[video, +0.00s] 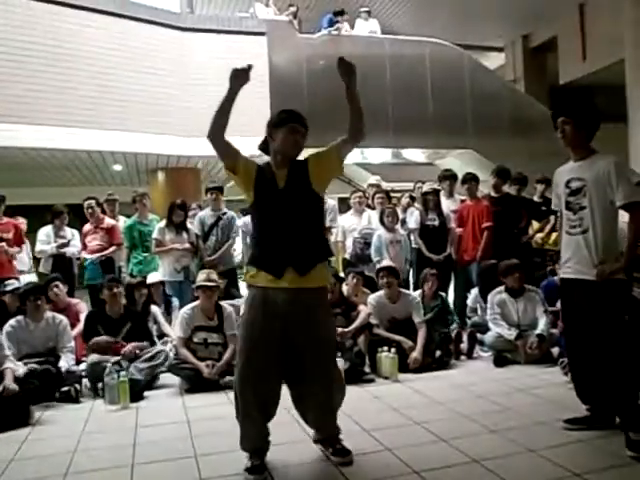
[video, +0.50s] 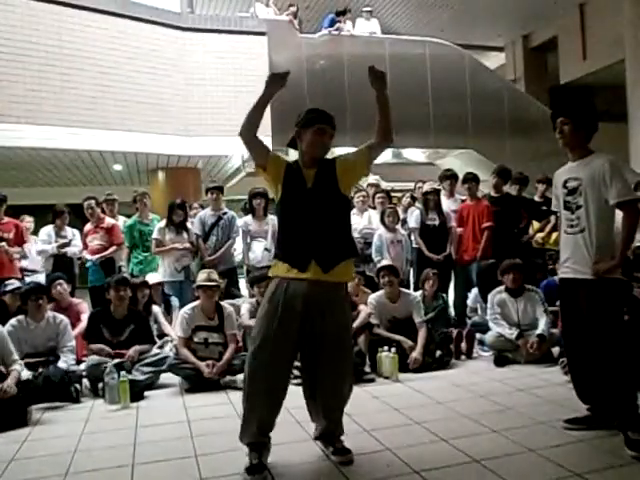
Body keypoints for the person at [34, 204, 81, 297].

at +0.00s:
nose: (63, 222)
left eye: (65, 219)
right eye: (60, 219)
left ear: (67, 219)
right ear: (54, 220)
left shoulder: (73, 233)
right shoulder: (44, 231)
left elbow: (77, 250)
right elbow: (38, 251)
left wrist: (63, 251)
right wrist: (55, 247)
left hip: (68, 268)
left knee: (69, 297)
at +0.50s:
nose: (64, 222)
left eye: (65, 218)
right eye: (61, 219)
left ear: (68, 219)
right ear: (55, 219)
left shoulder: (74, 232)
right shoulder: (46, 231)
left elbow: (78, 248)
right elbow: (39, 249)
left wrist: (66, 251)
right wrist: (56, 248)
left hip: (69, 265)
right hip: (51, 265)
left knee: (69, 294)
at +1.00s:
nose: (65, 222)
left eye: (67, 219)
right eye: (63, 219)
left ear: (69, 219)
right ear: (56, 219)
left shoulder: (74, 232)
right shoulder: (46, 231)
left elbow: (79, 250)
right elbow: (39, 249)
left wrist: (66, 251)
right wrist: (56, 248)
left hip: (69, 266)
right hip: (52, 266)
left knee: (69, 295)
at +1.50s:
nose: (64, 222)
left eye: (66, 219)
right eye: (62, 219)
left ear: (68, 219)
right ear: (55, 219)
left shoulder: (74, 232)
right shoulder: (45, 231)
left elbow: (78, 250)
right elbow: (38, 250)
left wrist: (65, 251)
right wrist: (56, 248)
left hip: (68, 266)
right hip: (51, 266)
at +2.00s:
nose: (64, 222)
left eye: (65, 219)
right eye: (61, 219)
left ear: (68, 218)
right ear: (54, 219)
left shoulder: (74, 232)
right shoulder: (45, 231)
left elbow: (79, 250)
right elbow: (38, 250)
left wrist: (66, 251)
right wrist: (55, 248)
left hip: (69, 272)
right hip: (50, 272)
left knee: (69, 301)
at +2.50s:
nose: (64, 222)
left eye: (65, 219)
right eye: (61, 219)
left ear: (68, 219)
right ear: (55, 219)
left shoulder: (74, 233)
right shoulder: (45, 231)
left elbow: (78, 250)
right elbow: (39, 251)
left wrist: (66, 251)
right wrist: (56, 248)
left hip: (69, 270)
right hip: (49, 271)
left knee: (69, 300)